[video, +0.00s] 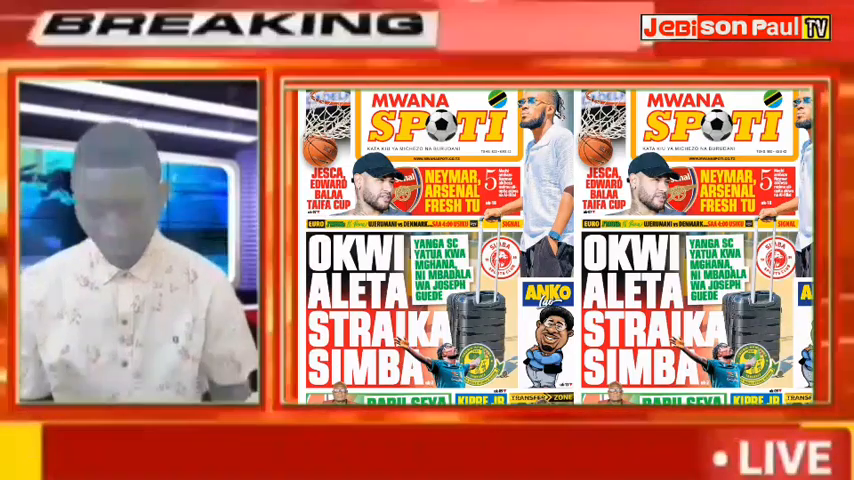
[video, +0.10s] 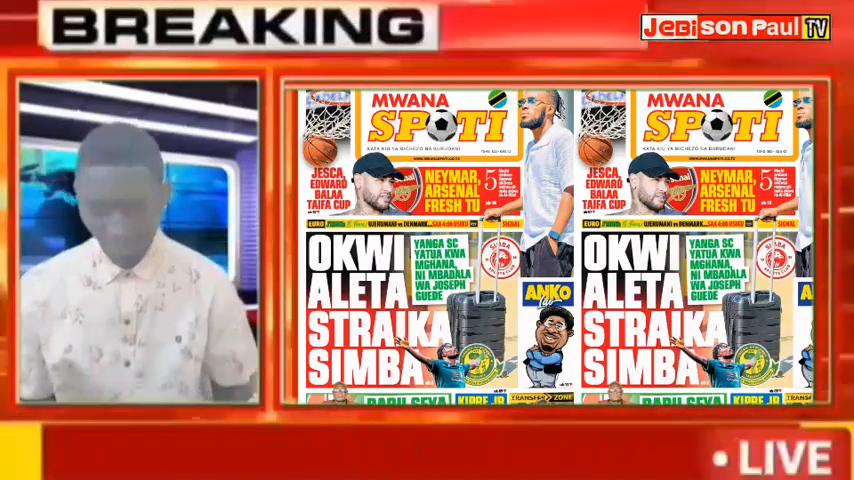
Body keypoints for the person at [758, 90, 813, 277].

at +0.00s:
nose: (799, 107)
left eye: (806, 101)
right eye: (797, 103)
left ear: (820, 107)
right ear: (794, 110)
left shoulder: (826, 148)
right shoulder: (806, 149)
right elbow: (805, 196)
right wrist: (777, 211)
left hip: (819, 239)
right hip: (804, 239)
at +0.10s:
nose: (799, 107)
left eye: (806, 101)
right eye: (797, 103)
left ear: (820, 107)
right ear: (794, 110)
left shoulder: (826, 148)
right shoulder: (806, 149)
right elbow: (805, 196)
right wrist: (777, 211)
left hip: (819, 239)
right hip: (803, 239)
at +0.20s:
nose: (799, 107)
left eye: (806, 101)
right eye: (797, 103)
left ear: (820, 107)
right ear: (794, 110)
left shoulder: (827, 147)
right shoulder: (806, 149)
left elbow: (831, 193)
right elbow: (805, 196)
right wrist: (777, 211)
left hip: (819, 239)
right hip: (803, 239)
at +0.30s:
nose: (799, 107)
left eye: (806, 101)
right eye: (797, 103)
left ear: (820, 107)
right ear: (794, 110)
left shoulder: (827, 148)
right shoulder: (806, 149)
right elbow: (805, 196)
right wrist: (777, 211)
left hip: (820, 239)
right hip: (804, 239)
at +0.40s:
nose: (799, 107)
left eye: (806, 101)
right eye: (797, 103)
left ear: (820, 107)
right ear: (794, 110)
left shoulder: (827, 148)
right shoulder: (806, 149)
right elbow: (805, 196)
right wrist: (777, 211)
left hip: (820, 240)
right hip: (804, 239)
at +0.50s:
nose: (799, 107)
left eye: (806, 101)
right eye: (797, 103)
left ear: (820, 107)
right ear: (793, 109)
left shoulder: (825, 148)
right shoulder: (806, 149)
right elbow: (805, 196)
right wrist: (777, 210)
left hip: (819, 239)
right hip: (803, 239)